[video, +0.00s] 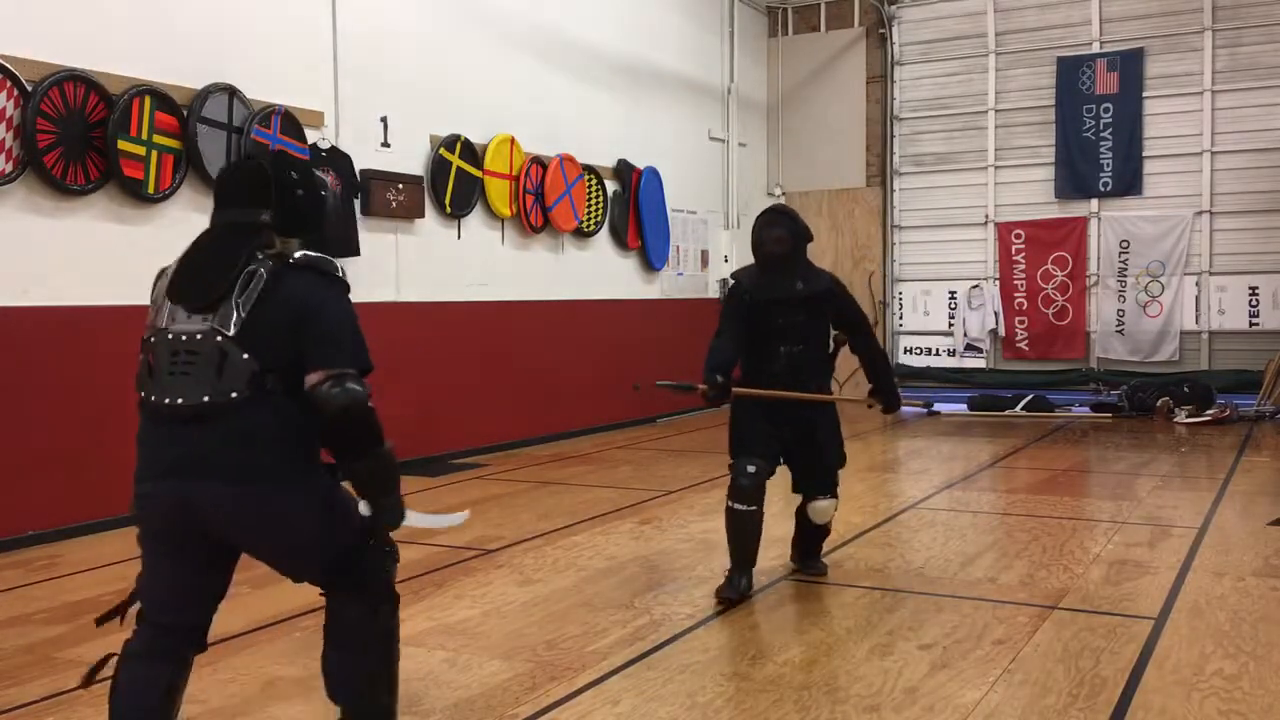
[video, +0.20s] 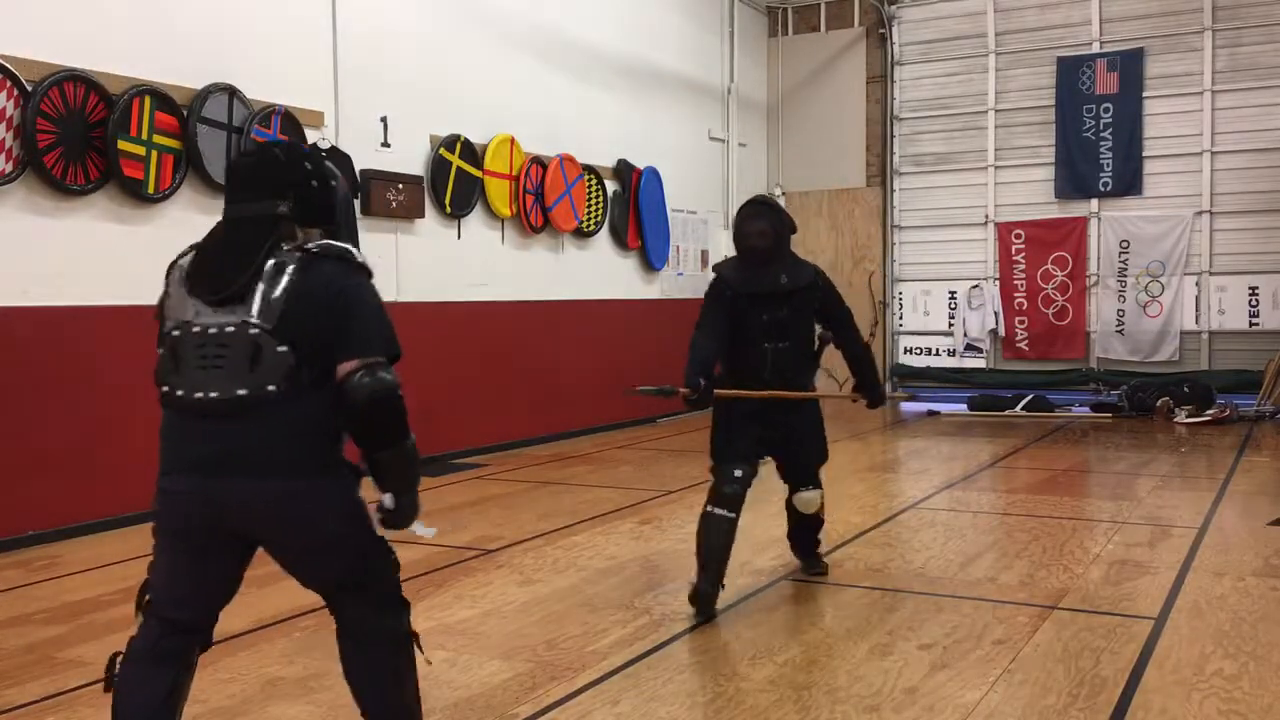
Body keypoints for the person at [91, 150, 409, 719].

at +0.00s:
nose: (318, 214)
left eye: (315, 202)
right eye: (311, 203)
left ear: (226, 213)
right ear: (289, 212)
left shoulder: (175, 278)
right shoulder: (306, 280)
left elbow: (158, 389)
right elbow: (339, 402)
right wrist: (382, 491)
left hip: (169, 486)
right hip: (266, 486)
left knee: (163, 633)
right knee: (361, 566)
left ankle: (134, 709)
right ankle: (367, 707)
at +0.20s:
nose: (331, 204)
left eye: (326, 193)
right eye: (323, 194)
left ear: (238, 202)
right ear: (303, 202)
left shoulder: (183, 274)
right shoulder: (329, 275)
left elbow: (173, 379)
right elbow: (371, 397)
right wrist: (399, 488)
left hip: (192, 486)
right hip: (297, 487)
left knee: (169, 629)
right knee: (367, 599)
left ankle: (137, 709)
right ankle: (393, 709)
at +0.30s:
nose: (356, 201)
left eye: (350, 189)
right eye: (348, 190)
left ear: (258, 200)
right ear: (330, 198)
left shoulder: (206, 273)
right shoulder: (355, 272)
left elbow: (195, 366)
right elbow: (408, 386)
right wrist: (427, 476)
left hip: (224, 485)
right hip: (330, 485)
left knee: (180, 627)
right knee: (376, 615)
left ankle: (144, 709)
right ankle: (390, 709)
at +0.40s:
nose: (379, 212)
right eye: (372, 202)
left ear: (280, 206)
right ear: (357, 206)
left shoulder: (229, 278)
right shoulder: (382, 273)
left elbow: (225, 379)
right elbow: (443, 387)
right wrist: (457, 470)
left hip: (256, 484)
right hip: (361, 483)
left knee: (202, 626)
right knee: (388, 616)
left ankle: (174, 708)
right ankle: (395, 709)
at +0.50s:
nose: (397, 211)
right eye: (390, 202)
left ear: (300, 206)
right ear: (372, 208)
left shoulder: (248, 279)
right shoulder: (401, 276)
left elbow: (240, 371)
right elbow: (460, 392)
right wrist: (478, 479)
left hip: (272, 488)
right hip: (378, 488)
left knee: (226, 628)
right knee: (396, 624)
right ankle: (397, 710)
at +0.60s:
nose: (410, 208)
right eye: (401, 198)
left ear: (308, 208)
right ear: (382, 203)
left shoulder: (258, 278)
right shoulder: (412, 277)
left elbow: (246, 369)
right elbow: (466, 399)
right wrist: (486, 487)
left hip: (284, 499)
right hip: (390, 496)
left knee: (262, 651)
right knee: (402, 620)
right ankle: (401, 710)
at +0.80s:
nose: (422, 212)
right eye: (413, 201)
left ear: (313, 211)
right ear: (397, 207)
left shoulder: (268, 283)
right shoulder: (425, 280)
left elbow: (258, 392)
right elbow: (472, 409)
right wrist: (494, 507)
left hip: (295, 507)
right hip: (404, 502)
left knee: (282, 666)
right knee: (424, 610)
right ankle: (416, 708)